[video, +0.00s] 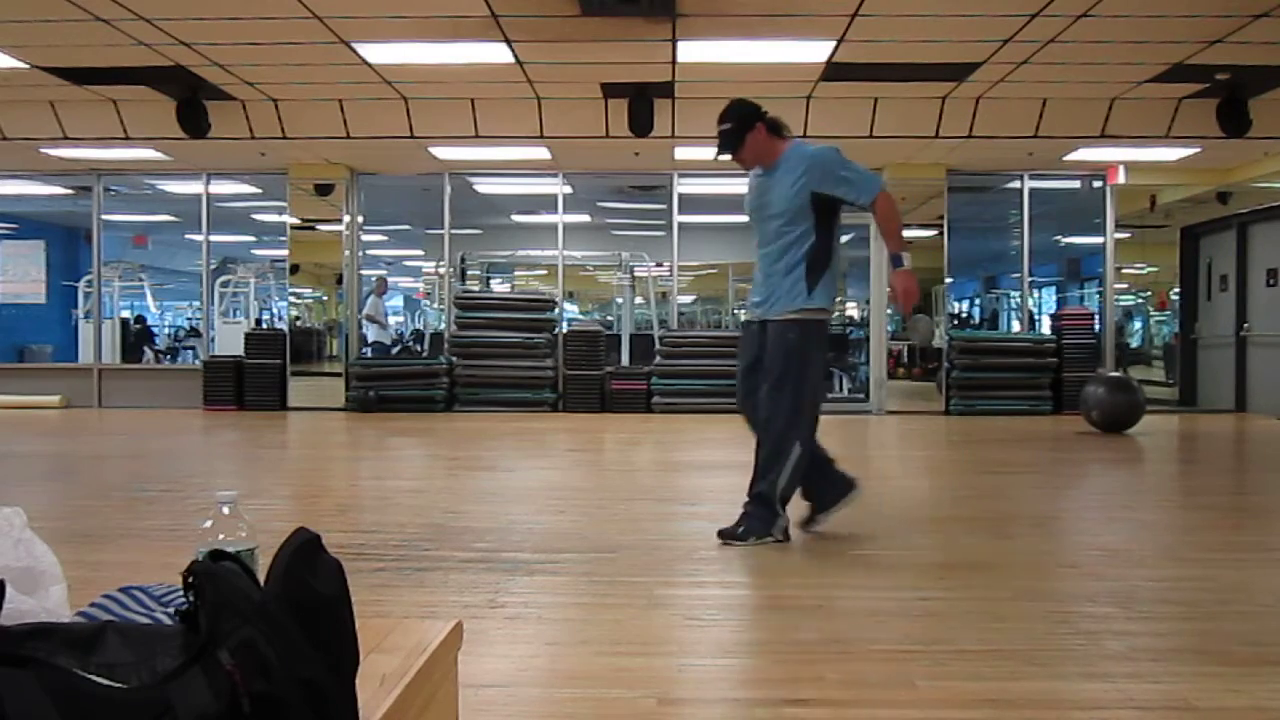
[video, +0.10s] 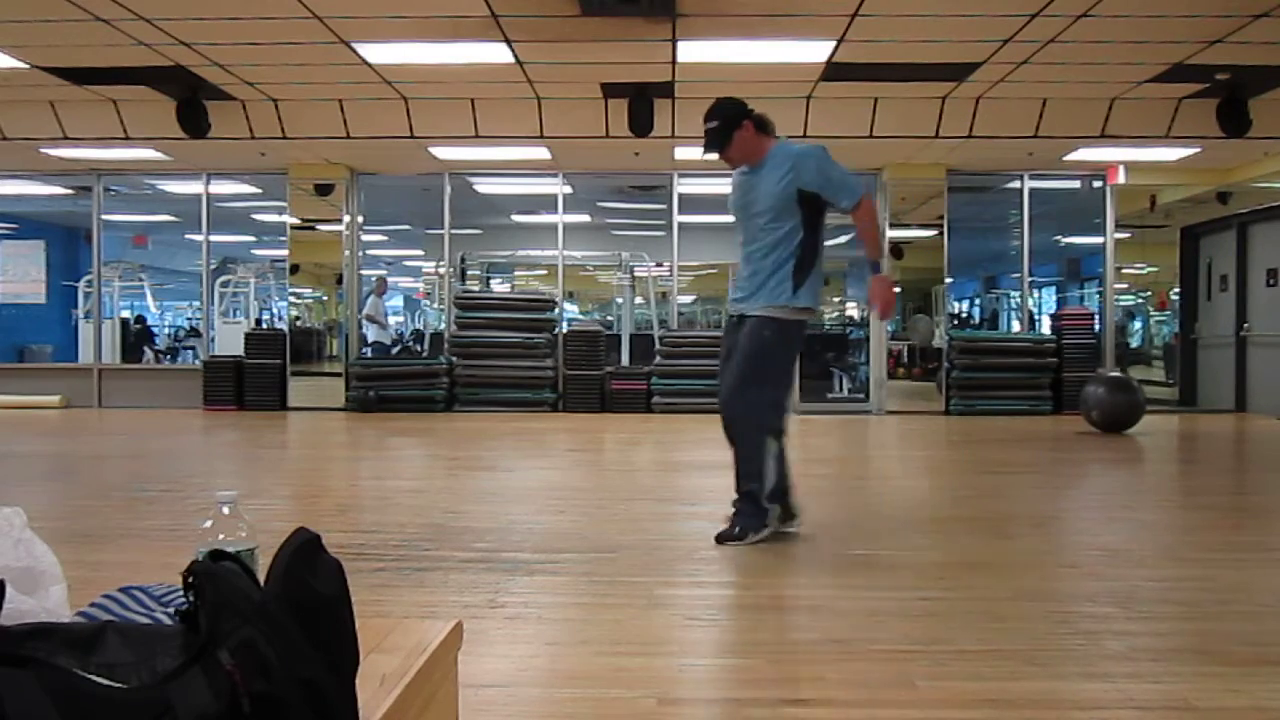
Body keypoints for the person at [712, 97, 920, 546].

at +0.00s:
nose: (738, 159)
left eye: (738, 148)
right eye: (732, 152)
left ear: (759, 130)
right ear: (752, 138)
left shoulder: (816, 160)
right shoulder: (759, 180)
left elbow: (880, 196)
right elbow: (778, 240)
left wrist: (899, 265)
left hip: (800, 313)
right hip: (762, 312)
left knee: (784, 412)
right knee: (754, 401)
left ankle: (764, 516)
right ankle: (827, 484)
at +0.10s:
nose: (722, 157)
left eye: (724, 146)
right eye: (717, 149)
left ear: (747, 128)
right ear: (740, 135)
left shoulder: (805, 159)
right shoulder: (742, 180)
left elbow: (862, 200)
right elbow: (761, 239)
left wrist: (876, 270)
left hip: (781, 309)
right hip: (744, 309)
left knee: (742, 402)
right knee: (740, 405)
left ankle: (754, 513)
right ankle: (776, 503)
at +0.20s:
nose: (713, 160)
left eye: (715, 149)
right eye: (709, 153)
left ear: (738, 132)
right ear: (728, 139)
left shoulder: (793, 173)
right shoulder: (730, 180)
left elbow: (837, 228)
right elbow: (726, 240)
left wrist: (838, 297)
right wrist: (715, 297)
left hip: (771, 310)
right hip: (736, 310)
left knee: (715, 389)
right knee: (754, 410)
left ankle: (730, 501)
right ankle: (767, 510)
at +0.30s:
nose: (703, 155)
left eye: (705, 144)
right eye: (699, 147)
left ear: (728, 127)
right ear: (717, 134)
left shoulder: (776, 171)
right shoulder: (714, 176)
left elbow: (801, 239)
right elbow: (703, 238)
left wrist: (774, 295)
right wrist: (669, 287)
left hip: (754, 306)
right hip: (721, 307)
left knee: (712, 396)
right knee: (742, 410)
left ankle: (705, 511)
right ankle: (760, 508)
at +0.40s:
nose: (689, 147)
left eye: (691, 137)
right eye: (685, 140)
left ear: (715, 119)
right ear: (702, 127)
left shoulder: (760, 161)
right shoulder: (700, 167)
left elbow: (776, 232)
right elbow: (693, 222)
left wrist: (720, 257)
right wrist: (654, 242)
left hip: (745, 304)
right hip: (703, 303)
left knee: (721, 406)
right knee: (690, 400)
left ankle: (707, 517)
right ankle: (749, 489)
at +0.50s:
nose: (675, 146)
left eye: (677, 135)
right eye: (670, 138)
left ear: (702, 117)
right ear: (688, 124)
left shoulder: (744, 160)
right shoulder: (685, 164)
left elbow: (755, 233)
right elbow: (682, 216)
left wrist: (685, 237)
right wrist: (655, 210)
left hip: (732, 309)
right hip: (683, 307)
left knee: (724, 411)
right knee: (658, 398)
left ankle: (713, 519)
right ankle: (702, 502)